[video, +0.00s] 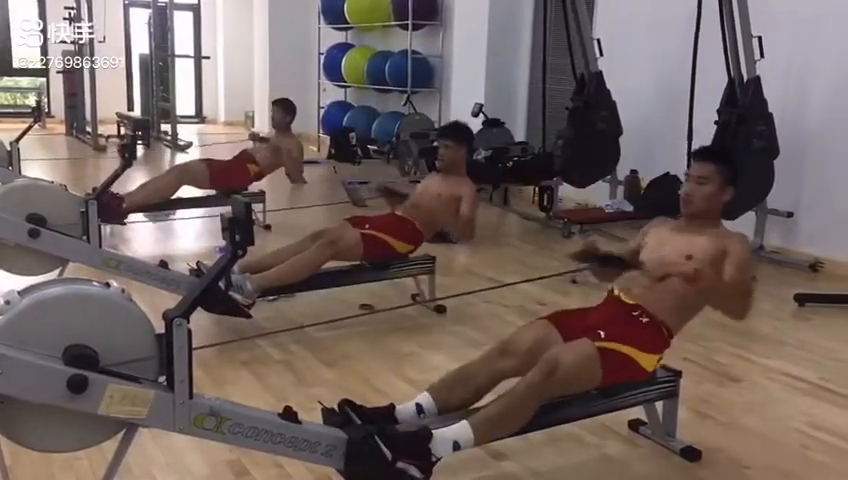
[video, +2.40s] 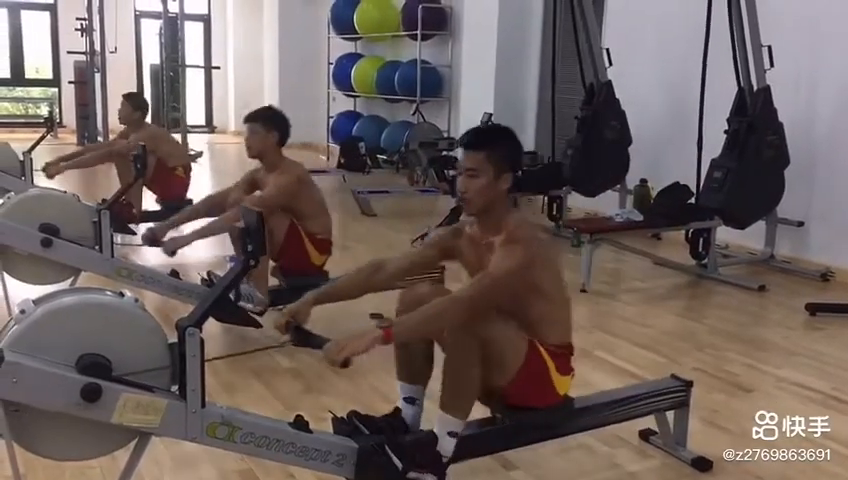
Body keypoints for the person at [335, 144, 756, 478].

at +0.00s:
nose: (688, 188)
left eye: (701, 182)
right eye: (688, 179)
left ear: (726, 194)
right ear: (684, 182)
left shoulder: (733, 243)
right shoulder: (658, 227)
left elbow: (739, 309)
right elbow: (627, 272)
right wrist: (599, 259)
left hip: (639, 337)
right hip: (600, 314)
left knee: (546, 372)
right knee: (509, 350)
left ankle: (432, 452)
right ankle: (397, 419)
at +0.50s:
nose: (652, 170)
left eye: (665, 163)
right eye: (652, 160)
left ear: (692, 172)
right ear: (649, 165)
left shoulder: (698, 232)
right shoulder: (629, 219)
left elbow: (711, 311)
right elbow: (593, 268)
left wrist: (665, 302)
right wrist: (565, 272)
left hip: (635, 337)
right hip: (594, 315)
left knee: (544, 376)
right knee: (506, 356)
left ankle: (427, 453)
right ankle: (395, 419)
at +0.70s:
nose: (632, 165)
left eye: (645, 157)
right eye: (631, 155)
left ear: (674, 167)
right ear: (628, 160)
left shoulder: (681, 224)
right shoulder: (613, 216)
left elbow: (671, 304)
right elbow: (564, 264)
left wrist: (601, 311)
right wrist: (519, 284)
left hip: (637, 335)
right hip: (593, 318)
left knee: (544, 381)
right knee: (503, 362)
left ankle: (432, 453)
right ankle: (395, 421)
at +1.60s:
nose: (595, 168)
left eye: (607, 159)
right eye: (593, 158)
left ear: (637, 167)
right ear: (592, 161)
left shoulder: (653, 225)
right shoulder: (584, 217)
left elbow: (612, 291)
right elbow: (520, 260)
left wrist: (546, 318)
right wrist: (465, 290)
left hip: (636, 344)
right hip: (593, 323)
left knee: (539, 359)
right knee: (496, 346)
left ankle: (441, 451)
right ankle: (405, 422)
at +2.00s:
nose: (547, 172)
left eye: (560, 163)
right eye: (546, 161)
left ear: (590, 170)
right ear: (544, 163)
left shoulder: (607, 231)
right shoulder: (542, 222)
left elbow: (557, 292)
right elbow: (472, 261)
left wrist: (485, 322)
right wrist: (411, 292)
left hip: (601, 356)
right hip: (560, 336)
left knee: (510, 335)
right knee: (465, 313)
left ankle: (439, 452)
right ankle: (407, 423)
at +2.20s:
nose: (507, 178)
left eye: (521, 168)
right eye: (506, 167)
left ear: (552, 175)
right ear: (504, 167)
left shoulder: (569, 238)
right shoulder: (505, 228)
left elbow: (516, 298)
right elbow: (432, 264)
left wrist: (439, 328)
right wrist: (364, 294)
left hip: (574, 365)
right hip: (533, 342)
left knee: (492, 332)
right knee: (441, 303)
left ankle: (438, 452)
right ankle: (406, 426)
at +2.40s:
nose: (460, 185)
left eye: (473, 175)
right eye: (459, 173)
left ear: (505, 182)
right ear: (456, 174)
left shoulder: (524, 241)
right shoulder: (462, 235)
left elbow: (467, 303)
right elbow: (384, 270)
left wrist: (378, 335)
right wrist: (311, 299)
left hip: (543, 381)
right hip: (497, 370)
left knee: (464, 318)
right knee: (417, 297)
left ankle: (438, 453)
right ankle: (407, 422)